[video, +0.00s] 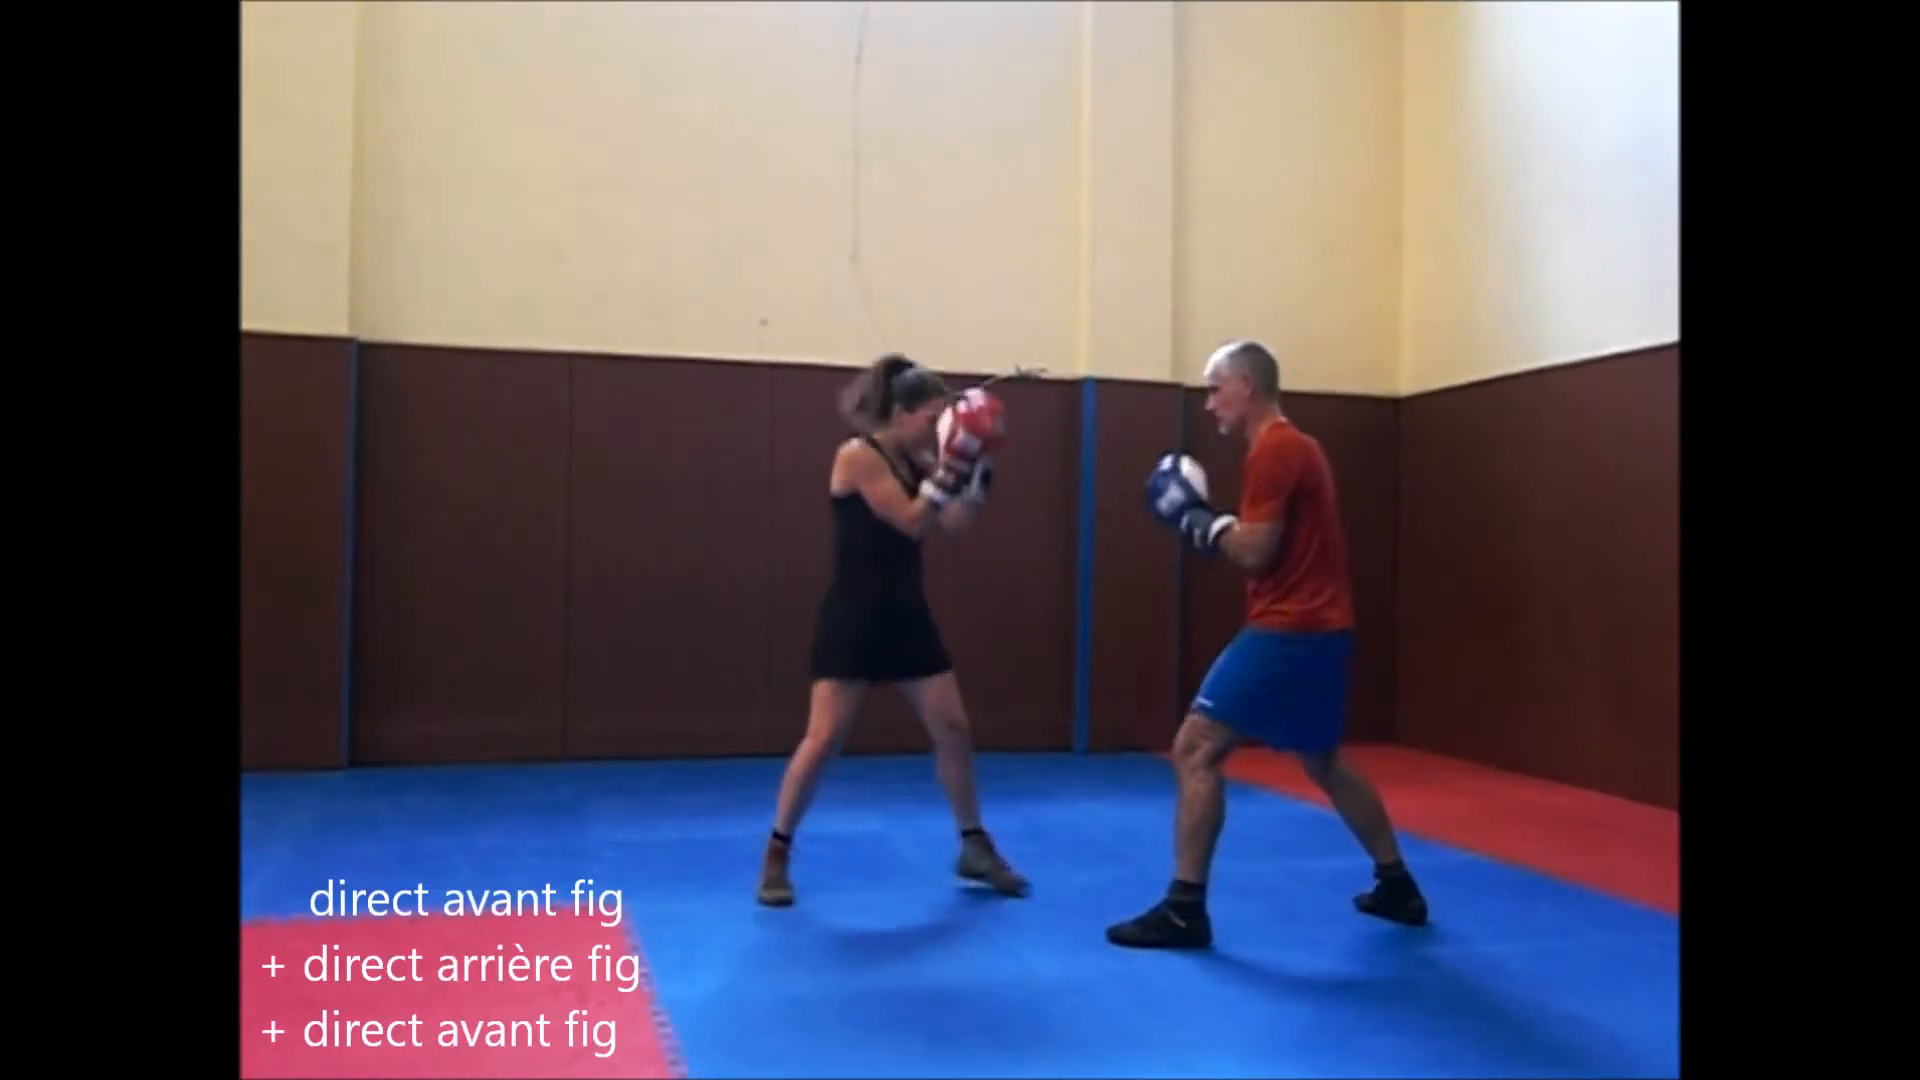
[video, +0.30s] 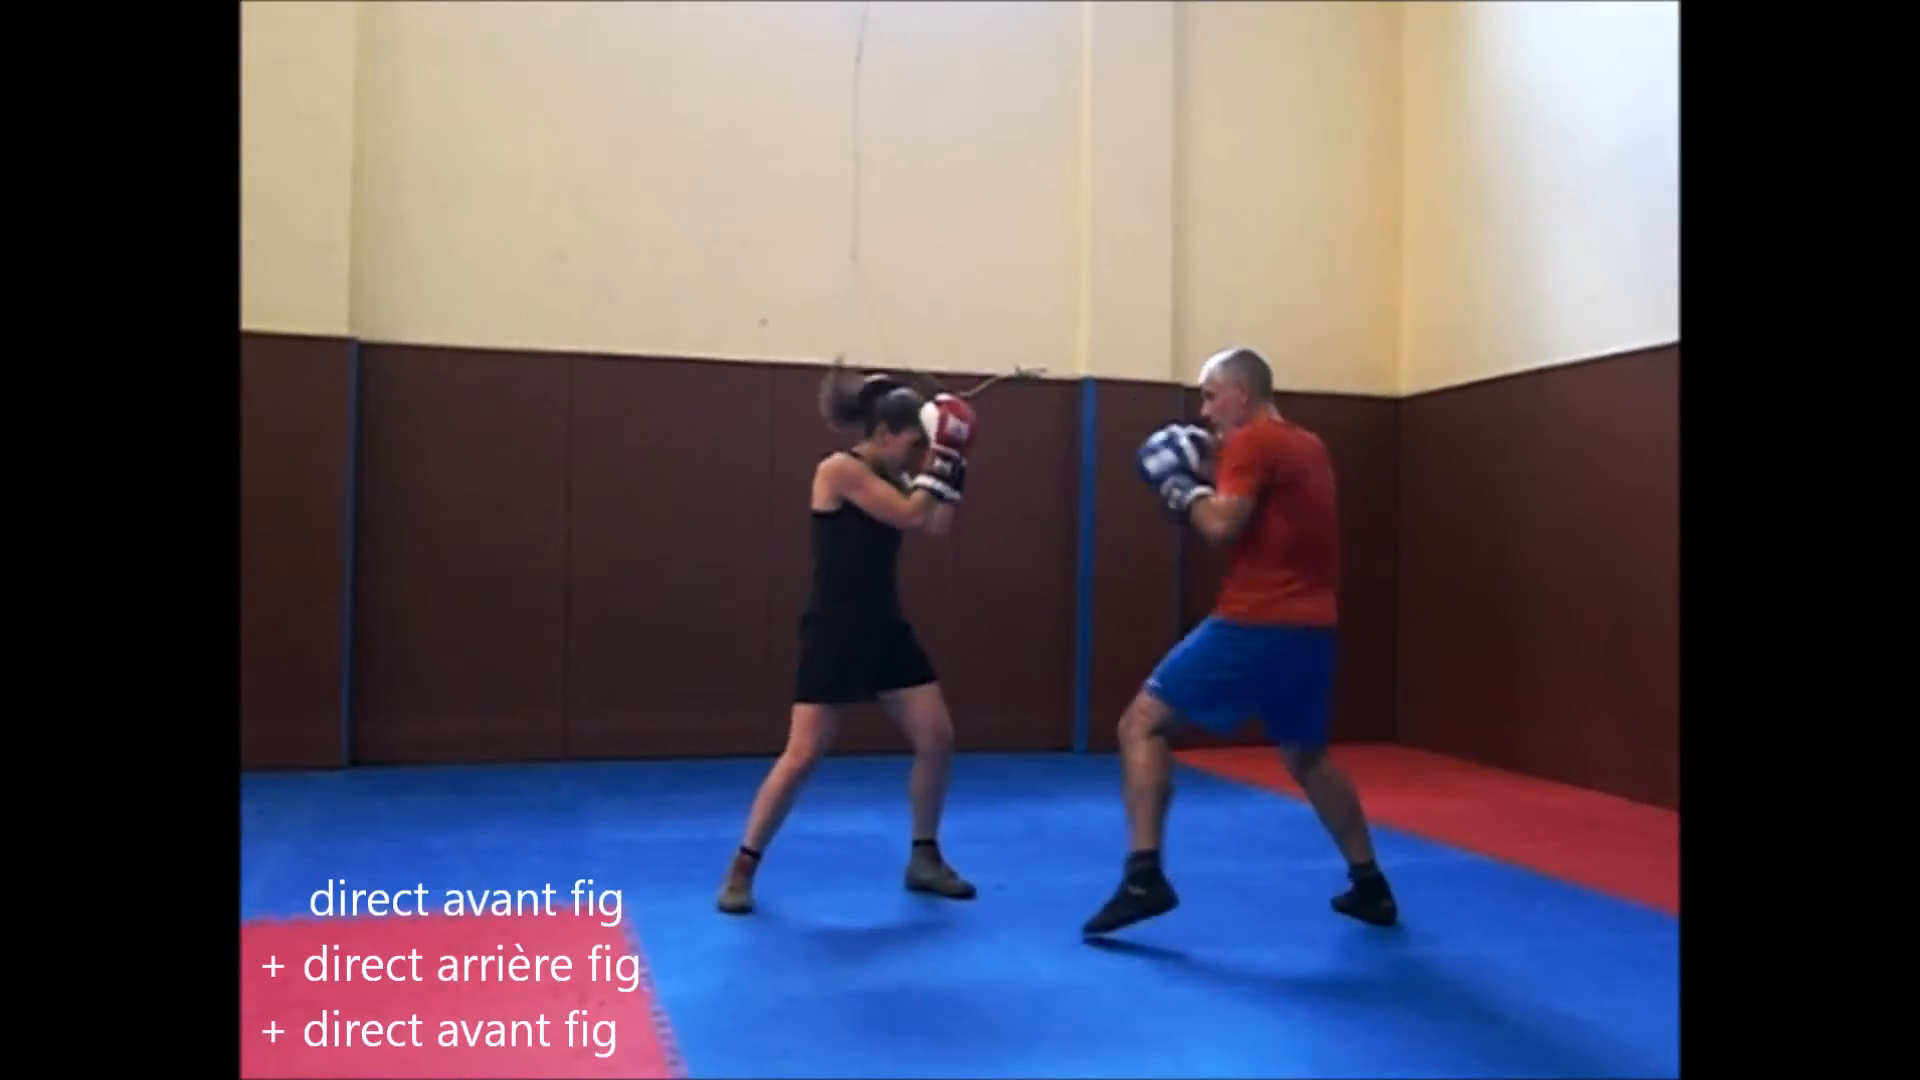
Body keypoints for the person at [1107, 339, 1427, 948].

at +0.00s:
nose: (1209, 404)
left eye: (1216, 390)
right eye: (1208, 391)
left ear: (1250, 388)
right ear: (1252, 390)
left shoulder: (1274, 449)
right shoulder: (1294, 446)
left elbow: (1253, 549)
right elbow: (1265, 545)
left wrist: (1192, 515)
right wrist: (1203, 520)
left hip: (1284, 632)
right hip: (1321, 632)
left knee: (1195, 750)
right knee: (1326, 763)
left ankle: (1184, 908)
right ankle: (1397, 885)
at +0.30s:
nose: (1206, 409)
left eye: (1212, 395)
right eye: (1205, 396)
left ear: (1243, 392)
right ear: (1260, 394)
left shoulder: (1250, 441)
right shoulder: (1309, 444)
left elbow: (1220, 521)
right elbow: (1265, 512)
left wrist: (1175, 484)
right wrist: (1213, 466)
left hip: (1249, 625)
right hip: (1311, 629)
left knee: (1140, 726)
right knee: (1308, 758)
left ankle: (1143, 879)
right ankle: (1370, 885)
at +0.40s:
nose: (1190, 412)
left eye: (1194, 400)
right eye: (1189, 401)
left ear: (1224, 395)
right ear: (1246, 397)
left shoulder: (1208, 440)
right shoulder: (1307, 445)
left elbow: (1157, 488)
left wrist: (1091, 464)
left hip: (1223, 630)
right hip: (1297, 633)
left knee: (1136, 744)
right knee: (1313, 757)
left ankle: (1145, 894)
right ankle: (1370, 886)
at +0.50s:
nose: (1167, 420)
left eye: (1173, 409)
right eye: (1167, 410)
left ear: (1207, 409)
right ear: (1229, 410)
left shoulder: (1172, 455)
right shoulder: (1290, 452)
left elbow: (1073, 461)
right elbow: (1313, 535)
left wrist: (990, 445)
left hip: (1217, 642)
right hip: (1293, 644)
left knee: (1120, 751)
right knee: (1308, 762)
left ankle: (1146, 899)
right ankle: (1371, 888)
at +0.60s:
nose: (1146, 415)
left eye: (1152, 403)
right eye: (1145, 403)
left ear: (1182, 405)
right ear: (1208, 404)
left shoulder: (1168, 453)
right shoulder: (1267, 453)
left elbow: (1094, 508)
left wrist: (1038, 485)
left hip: (1214, 645)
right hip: (1286, 641)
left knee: (1118, 752)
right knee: (1297, 766)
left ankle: (1148, 906)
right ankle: (1371, 889)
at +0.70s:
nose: (1128, 416)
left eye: (1137, 403)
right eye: (1127, 404)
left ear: (1174, 406)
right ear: (1176, 409)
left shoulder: (1211, 462)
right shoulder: (1194, 458)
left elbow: (1222, 549)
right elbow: (1177, 490)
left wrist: (1138, 528)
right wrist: (1117, 463)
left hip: (1233, 637)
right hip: (1259, 634)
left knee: (1132, 748)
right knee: (1280, 771)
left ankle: (1152, 908)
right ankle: (1369, 887)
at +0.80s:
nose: (1130, 427)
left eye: (1138, 415)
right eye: (1130, 416)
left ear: (1175, 418)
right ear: (1168, 420)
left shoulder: (1241, 473)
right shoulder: (1146, 466)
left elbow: (1284, 554)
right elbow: (1058, 455)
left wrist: (1205, 541)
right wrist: (982, 439)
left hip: (1245, 643)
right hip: (1224, 645)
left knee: (1138, 744)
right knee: (1270, 781)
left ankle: (1153, 911)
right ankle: (1375, 880)